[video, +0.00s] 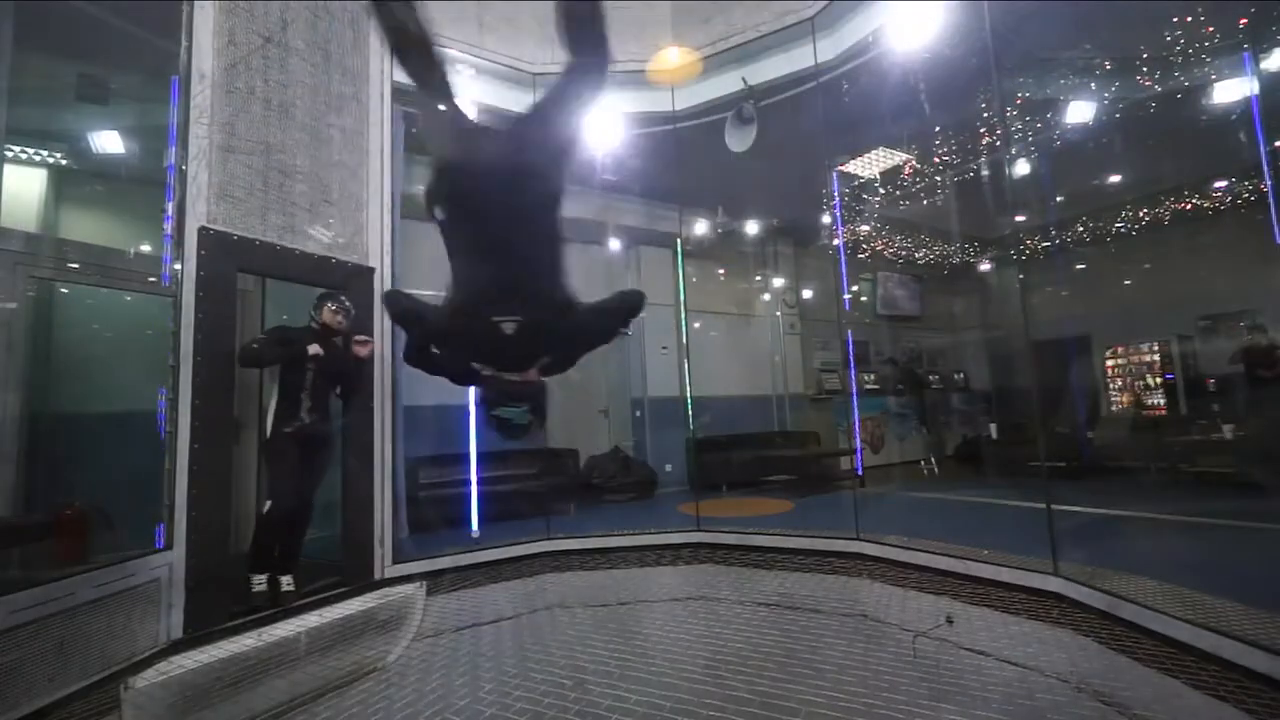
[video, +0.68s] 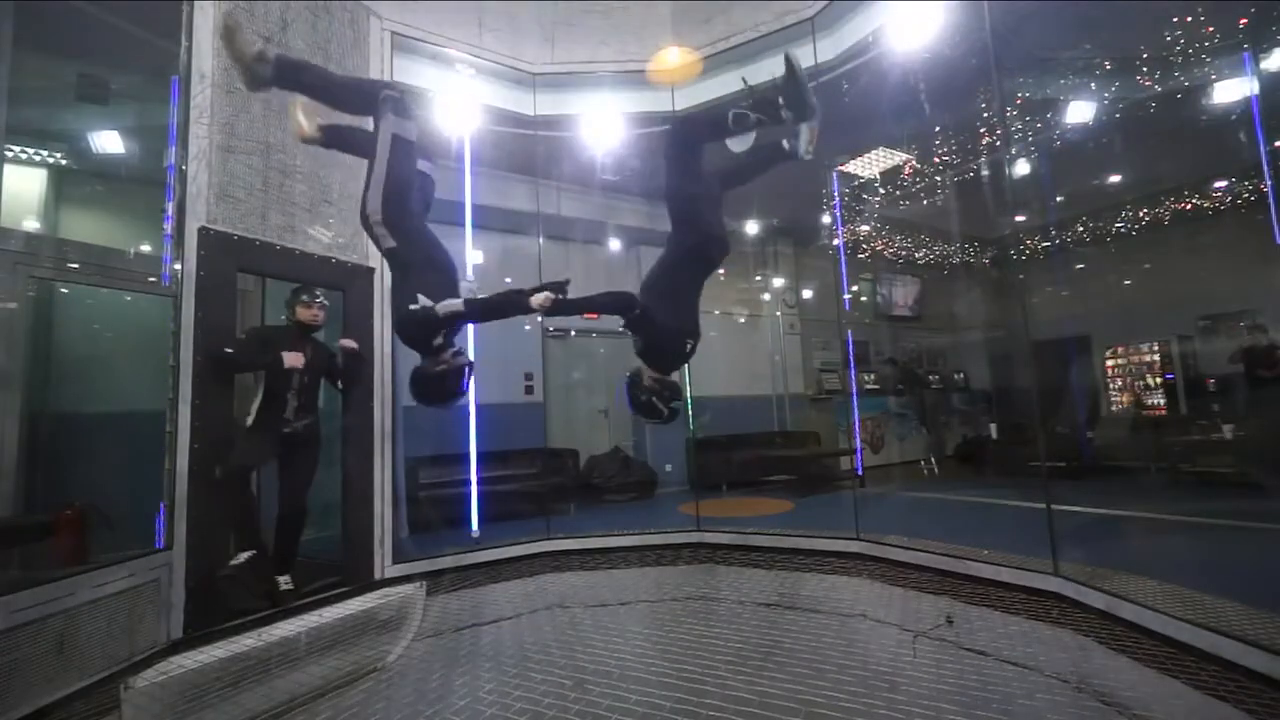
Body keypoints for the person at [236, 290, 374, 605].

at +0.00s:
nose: (338, 316)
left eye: (344, 313)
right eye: (333, 310)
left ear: (348, 321)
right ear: (317, 311)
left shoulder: (342, 348)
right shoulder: (289, 336)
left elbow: (350, 395)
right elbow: (247, 355)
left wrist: (360, 361)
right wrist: (298, 350)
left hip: (318, 437)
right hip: (282, 435)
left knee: (303, 504)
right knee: (281, 502)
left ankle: (286, 572)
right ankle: (258, 571)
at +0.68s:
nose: (317, 312)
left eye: (321, 308)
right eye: (309, 306)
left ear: (325, 313)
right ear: (293, 309)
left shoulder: (322, 352)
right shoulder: (267, 336)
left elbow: (345, 384)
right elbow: (236, 358)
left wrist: (351, 357)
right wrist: (278, 359)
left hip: (302, 435)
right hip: (266, 431)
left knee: (294, 503)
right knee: (233, 474)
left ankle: (283, 572)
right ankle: (249, 546)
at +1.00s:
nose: (314, 315)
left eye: (318, 310)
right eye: (306, 310)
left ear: (321, 318)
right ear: (288, 315)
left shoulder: (318, 352)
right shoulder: (262, 345)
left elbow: (340, 357)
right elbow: (218, 371)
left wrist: (357, 355)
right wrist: (262, 363)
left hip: (298, 440)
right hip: (259, 434)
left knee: (303, 516)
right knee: (226, 452)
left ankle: (282, 575)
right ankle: (211, 529)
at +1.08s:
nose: (310, 317)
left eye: (314, 313)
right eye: (301, 312)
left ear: (320, 322)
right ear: (284, 320)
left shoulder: (317, 355)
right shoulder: (262, 347)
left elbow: (335, 357)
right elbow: (209, 365)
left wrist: (352, 361)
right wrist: (252, 363)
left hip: (295, 446)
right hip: (256, 438)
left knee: (301, 517)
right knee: (216, 445)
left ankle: (281, 577)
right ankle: (191, 518)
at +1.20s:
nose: (305, 312)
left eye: (310, 309)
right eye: (297, 306)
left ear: (314, 321)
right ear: (280, 313)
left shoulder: (312, 352)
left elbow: (329, 356)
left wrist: (341, 356)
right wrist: (218, 349)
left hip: (282, 440)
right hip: (243, 431)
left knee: (288, 516)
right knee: (204, 426)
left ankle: (279, 575)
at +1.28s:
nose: (299, 306)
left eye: (305, 304)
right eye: (291, 301)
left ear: (309, 318)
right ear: (275, 308)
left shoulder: (309, 349)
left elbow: (364, 356)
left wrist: (338, 350)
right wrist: (182, 349)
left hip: (265, 434)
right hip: (222, 419)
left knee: (270, 518)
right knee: (194, 418)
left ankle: (265, 553)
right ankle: (124, 466)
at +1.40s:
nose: (287, 305)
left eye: (294, 304)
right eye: (280, 300)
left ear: (300, 318)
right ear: (263, 307)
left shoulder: (301, 350)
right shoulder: (231, 331)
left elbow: (363, 360)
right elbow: (180, 352)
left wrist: (333, 348)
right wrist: (175, 355)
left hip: (239, 440)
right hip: (199, 423)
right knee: (168, 385)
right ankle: (91, 442)